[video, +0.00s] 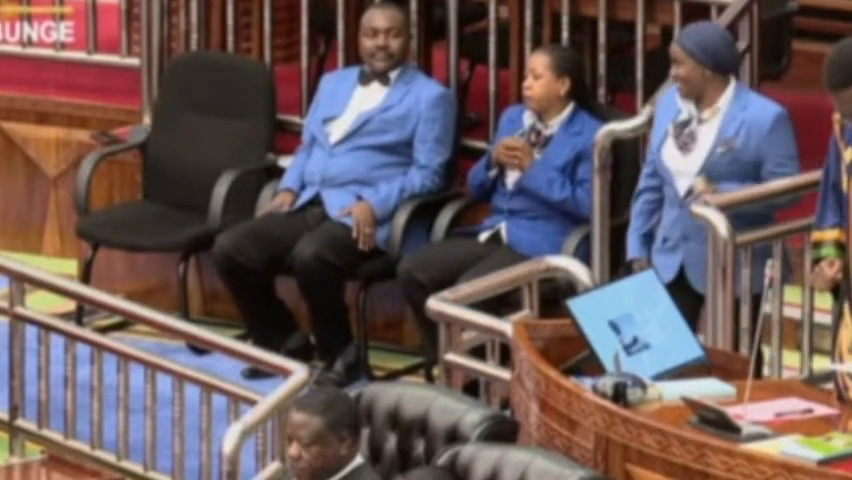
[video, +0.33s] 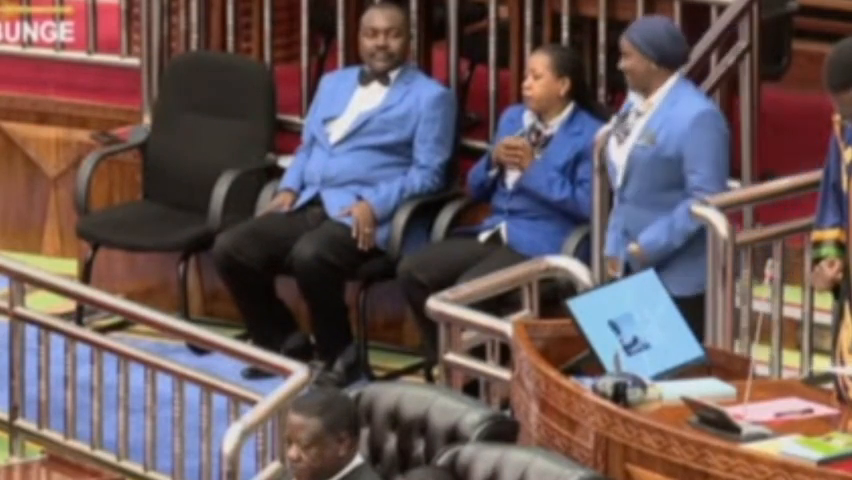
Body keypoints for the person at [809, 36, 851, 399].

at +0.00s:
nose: (841, 115)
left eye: (846, 105)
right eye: (838, 106)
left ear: (851, 94)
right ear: (832, 97)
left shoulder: (840, 137)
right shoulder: (839, 137)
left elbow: (831, 195)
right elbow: (831, 195)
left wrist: (831, 253)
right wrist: (829, 250)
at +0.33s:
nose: (842, 116)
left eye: (846, 106)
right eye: (838, 107)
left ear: (851, 95)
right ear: (832, 98)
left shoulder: (841, 136)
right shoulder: (840, 135)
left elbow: (831, 194)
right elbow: (832, 193)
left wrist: (832, 252)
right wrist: (829, 248)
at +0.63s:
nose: (843, 119)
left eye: (847, 110)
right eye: (841, 111)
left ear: (848, 97)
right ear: (834, 101)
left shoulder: (840, 135)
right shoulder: (840, 136)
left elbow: (830, 202)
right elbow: (832, 200)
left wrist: (828, 252)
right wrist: (827, 252)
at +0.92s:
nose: (843, 116)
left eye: (846, 107)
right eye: (840, 108)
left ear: (849, 99)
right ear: (834, 101)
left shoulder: (841, 139)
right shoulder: (840, 139)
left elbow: (832, 194)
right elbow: (832, 193)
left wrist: (831, 250)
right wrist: (829, 248)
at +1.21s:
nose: (841, 121)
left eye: (846, 111)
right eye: (840, 110)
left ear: (849, 103)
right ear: (835, 102)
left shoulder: (841, 139)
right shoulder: (841, 138)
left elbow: (833, 193)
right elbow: (833, 192)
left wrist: (831, 248)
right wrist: (829, 246)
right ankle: (843, 387)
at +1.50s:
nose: (842, 124)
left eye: (846, 114)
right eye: (841, 113)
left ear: (847, 108)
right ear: (837, 107)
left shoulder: (840, 141)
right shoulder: (841, 140)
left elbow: (834, 195)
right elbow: (833, 194)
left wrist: (830, 246)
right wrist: (827, 245)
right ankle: (841, 378)